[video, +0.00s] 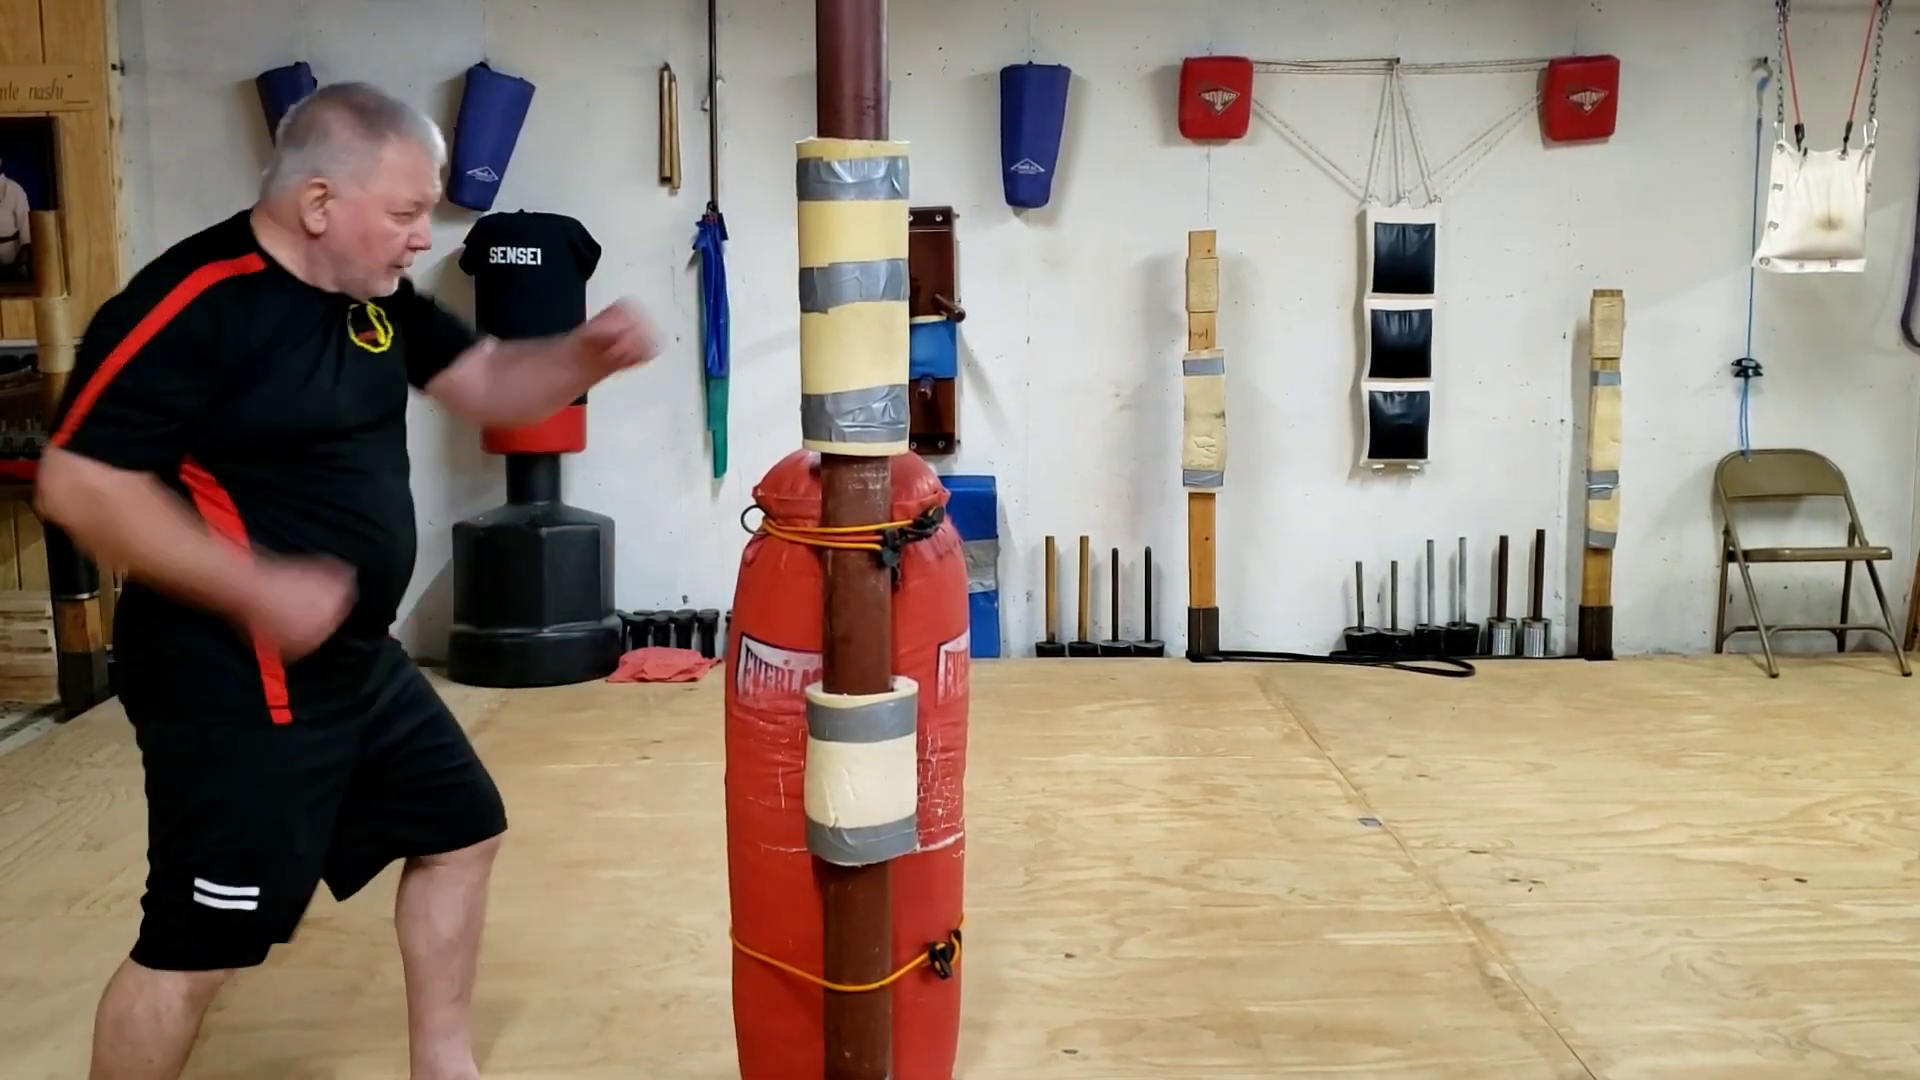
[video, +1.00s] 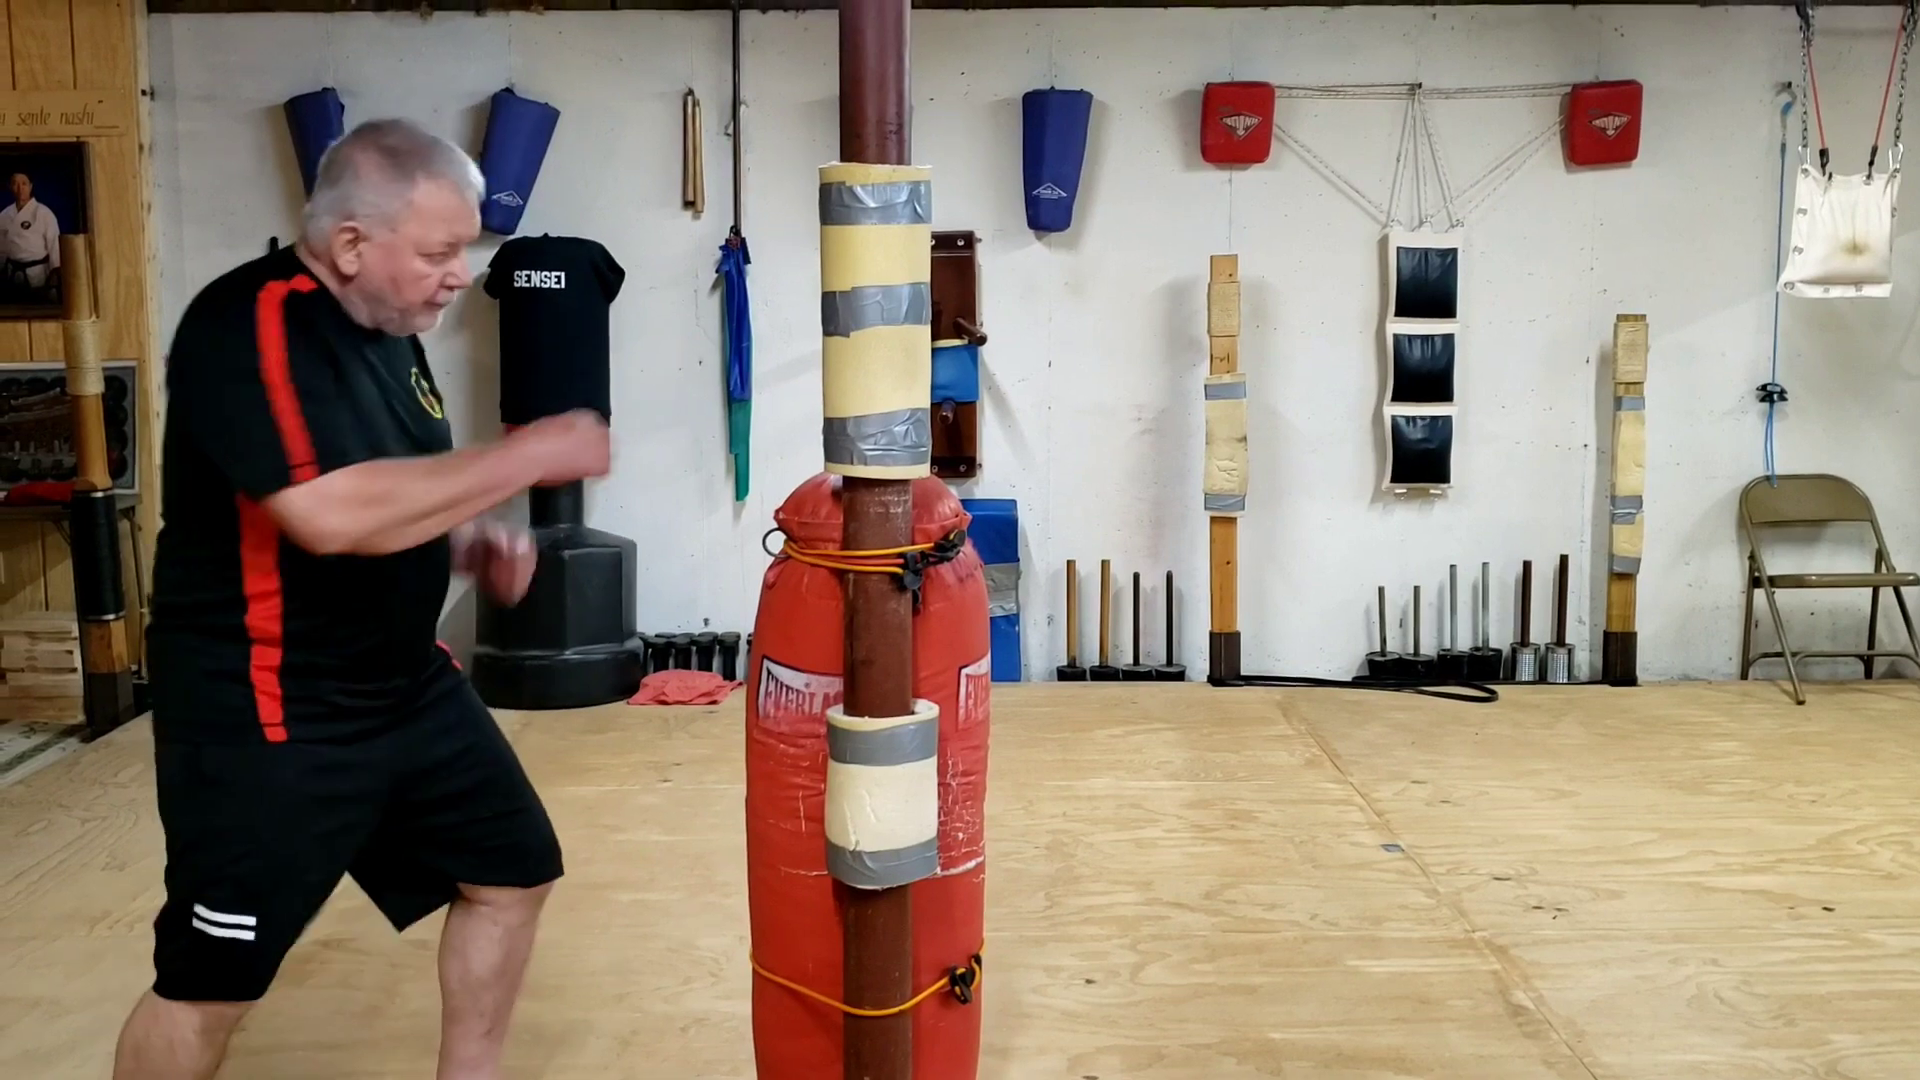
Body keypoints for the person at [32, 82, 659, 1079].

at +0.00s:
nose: (423, 239)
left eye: (427, 216)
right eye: (407, 214)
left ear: (329, 208)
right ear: (320, 207)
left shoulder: (375, 298)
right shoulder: (190, 299)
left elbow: (485, 380)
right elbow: (76, 478)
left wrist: (582, 359)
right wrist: (257, 587)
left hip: (352, 656)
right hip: (219, 681)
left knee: (458, 830)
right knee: (197, 938)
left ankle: (443, 1067)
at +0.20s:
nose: (458, 231)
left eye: (461, 208)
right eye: (444, 206)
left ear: (369, 197)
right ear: (362, 193)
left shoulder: (353, 273)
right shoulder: (289, 268)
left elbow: (490, 338)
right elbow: (493, 351)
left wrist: (652, 286)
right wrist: (665, 279)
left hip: (413, 653)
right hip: (297, 673)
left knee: (505, 845)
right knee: (238, 934)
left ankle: (448, 1069)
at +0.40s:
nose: (462, 205)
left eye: (467, 182)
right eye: (455, 176)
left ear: (369, 159)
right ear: (377, 153)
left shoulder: (318, 243)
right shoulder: (313, 238)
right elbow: (340, 423)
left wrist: (536, 442)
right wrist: (545, 447)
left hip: (356, 590)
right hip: (390, 581)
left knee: (461, 830)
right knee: (640, 697)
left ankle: (447, 1062)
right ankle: (456, 936)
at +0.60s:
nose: (489, 237)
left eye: (494, 215)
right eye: (482, 208)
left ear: (400, 190)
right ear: (408, 184)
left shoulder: (302, 263)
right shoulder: (341, 258)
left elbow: (370, 455)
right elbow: (326, 447)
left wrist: (506, 464)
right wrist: (512, 536)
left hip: (356, 615)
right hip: (405, 597)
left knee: (487, 831)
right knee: (677, 639)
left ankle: (454, 1070)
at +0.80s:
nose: (503, 238)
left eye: (506, 215)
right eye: (493, 210)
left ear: (409, 195)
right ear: (414, 192)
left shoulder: (381, 282)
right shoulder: (330, 264)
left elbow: (368, 473)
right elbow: (413, 442)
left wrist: (478, 550)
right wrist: (587, 407)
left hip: (436, 640)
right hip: (346, 647)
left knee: (504, 852)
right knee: (398, 909)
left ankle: (465, 1074)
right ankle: (176, 1073)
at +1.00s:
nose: (460, 280)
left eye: (465, 254)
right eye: (440, 255)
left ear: (359, 250)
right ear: (351, 248)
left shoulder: (382, 330)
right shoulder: (244, 322)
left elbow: (384, 499)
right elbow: (323, 511)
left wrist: (469, 542)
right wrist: (523, 457)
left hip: (398, 683)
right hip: (263, 708)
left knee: (509, 870)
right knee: (209, 980)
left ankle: (467, 1075)